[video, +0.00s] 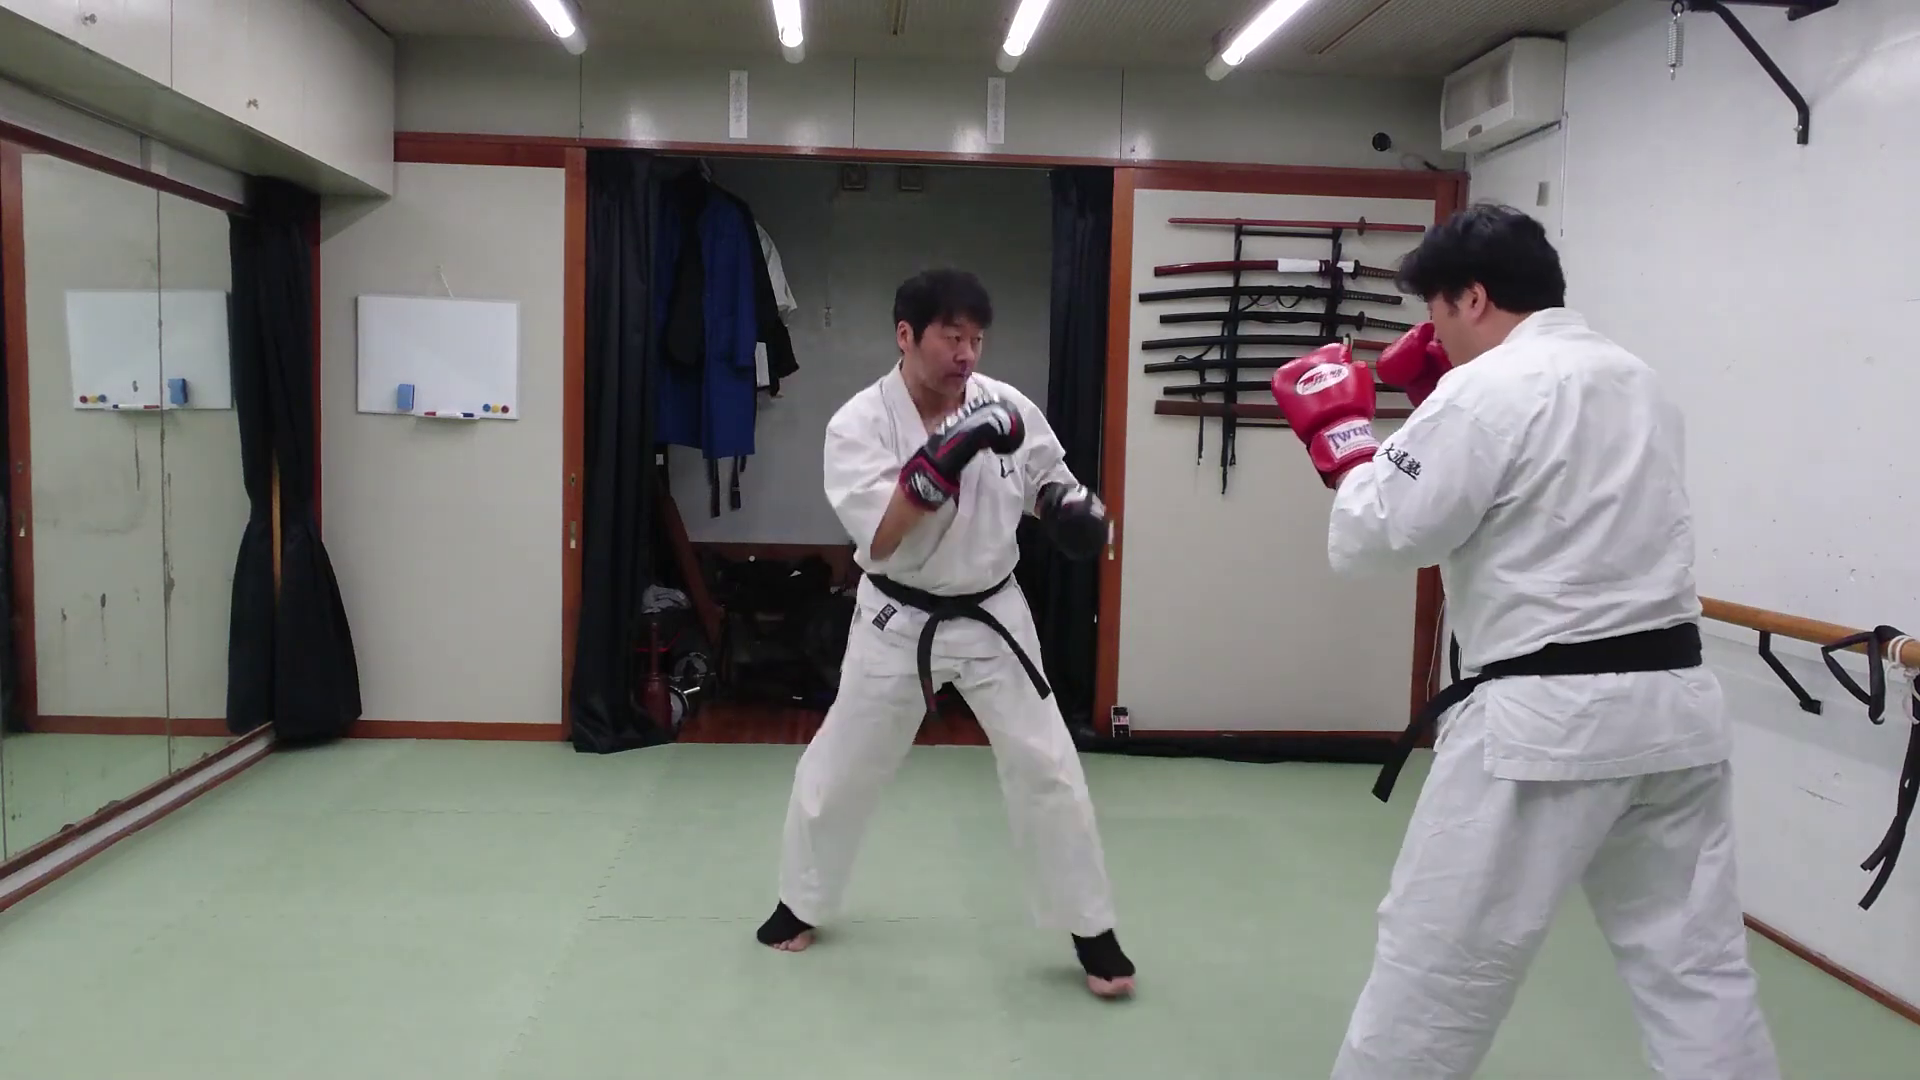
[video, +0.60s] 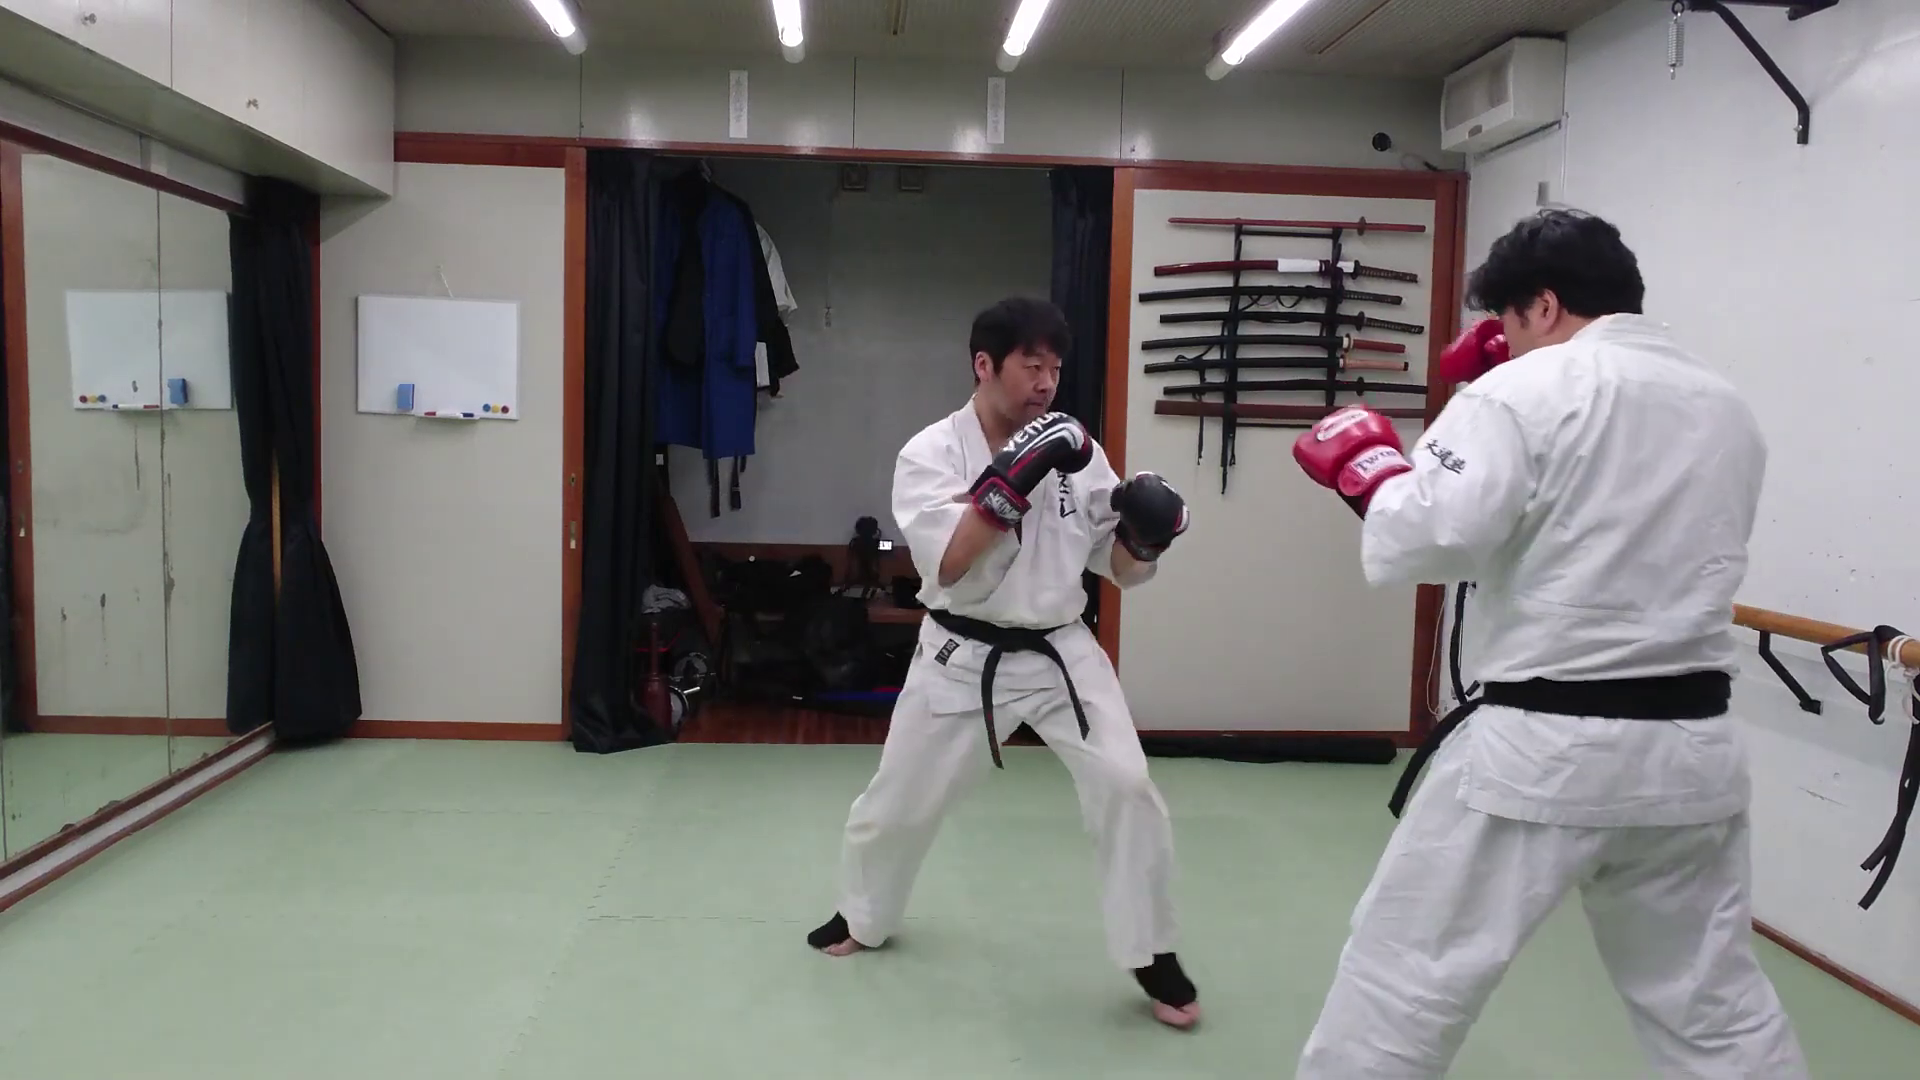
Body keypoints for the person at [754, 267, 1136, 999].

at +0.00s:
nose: (967, 354)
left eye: (976, 340)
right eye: (952, 339)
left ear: (985, 342)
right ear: (906, 337)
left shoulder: (1006, 407)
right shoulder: (857, 425)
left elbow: (1058, 485)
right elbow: (880, 537)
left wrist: (1082, 519)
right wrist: (938, 462)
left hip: (994, 612)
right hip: (892, 615)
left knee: (1048, 766)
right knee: (834, 771)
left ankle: (1094, 931)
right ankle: (802, 903)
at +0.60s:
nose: (1046, 381)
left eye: (1054, 365)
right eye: (1030, 363)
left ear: (1061, 371)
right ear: (984, 366)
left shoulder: (1078, 452)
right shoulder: (929, 454)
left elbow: (1119, 567)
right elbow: (947, 563)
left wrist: (1147, 538)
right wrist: (1010, 480)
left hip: (1062, 647)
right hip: (955, 649)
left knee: (1128, 786)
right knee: (891, 806)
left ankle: (1154, 956)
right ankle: (864, 914)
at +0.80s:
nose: (1100, 355)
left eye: (1112, 341)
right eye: (1083, 340)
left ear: (1125, 347)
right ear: (1044, 345)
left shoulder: (1158, 420)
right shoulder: (995, 433)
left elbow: (1263, 439)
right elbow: (926, 541)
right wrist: (956, 485)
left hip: (1118, 642)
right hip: (1020, 635)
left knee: (1169, 819)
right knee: (948, 768)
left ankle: (1246, 979)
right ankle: (882, 893)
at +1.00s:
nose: (1189, 337)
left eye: (1200, 321)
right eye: (1170, 321)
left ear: (1212, 328)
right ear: (1132, 328)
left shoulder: (1240, 409)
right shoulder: (1082, 415)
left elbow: (1338, 493)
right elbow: (1036, 526)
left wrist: (1329, 437)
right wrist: (1084, 468)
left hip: (1182, 630)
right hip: (1088, 620)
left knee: (1202, 804)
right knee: (1045, 756)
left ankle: (1249, 980)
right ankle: (1035, 862)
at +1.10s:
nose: (1204, 334)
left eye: (1216, 320)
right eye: (1186, 319)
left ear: (1229, 328)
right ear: (1150, 327)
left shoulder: (1263, 417)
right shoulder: (1104, 412)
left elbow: (1354, 523)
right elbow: (1060, 523)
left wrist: (1321, 521)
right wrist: (1108, 459)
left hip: (1209, 627)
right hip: (1115, 618)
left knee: (1214, 800)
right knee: (1090, 751)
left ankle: (1253, 979)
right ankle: (1103, 854)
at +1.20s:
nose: (1221, 354)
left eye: (1233, 339)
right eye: (1205, 338)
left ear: (1246, 345)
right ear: (1169, 340)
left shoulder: (1272, 423)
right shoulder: (1127, 415)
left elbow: (1343, 500)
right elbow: (1062, 508)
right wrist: (1106, 440)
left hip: (1222, 634)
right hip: (1134, 627)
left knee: (1221, 800)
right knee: (1122, 761)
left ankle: (1253, 985)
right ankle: (1152, 854)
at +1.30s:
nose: (1246, 355)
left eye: (1258, 341)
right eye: (1231, 339)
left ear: (1270, 342)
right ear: (1196, 330)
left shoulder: (1279, 414)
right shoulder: (1136, 390)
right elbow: (1071, 469)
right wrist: (1130, 403)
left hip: (1228, 615)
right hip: (1136, 610)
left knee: (1231, 767)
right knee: (1141, 752)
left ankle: (1246, 932)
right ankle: (1160, 852)